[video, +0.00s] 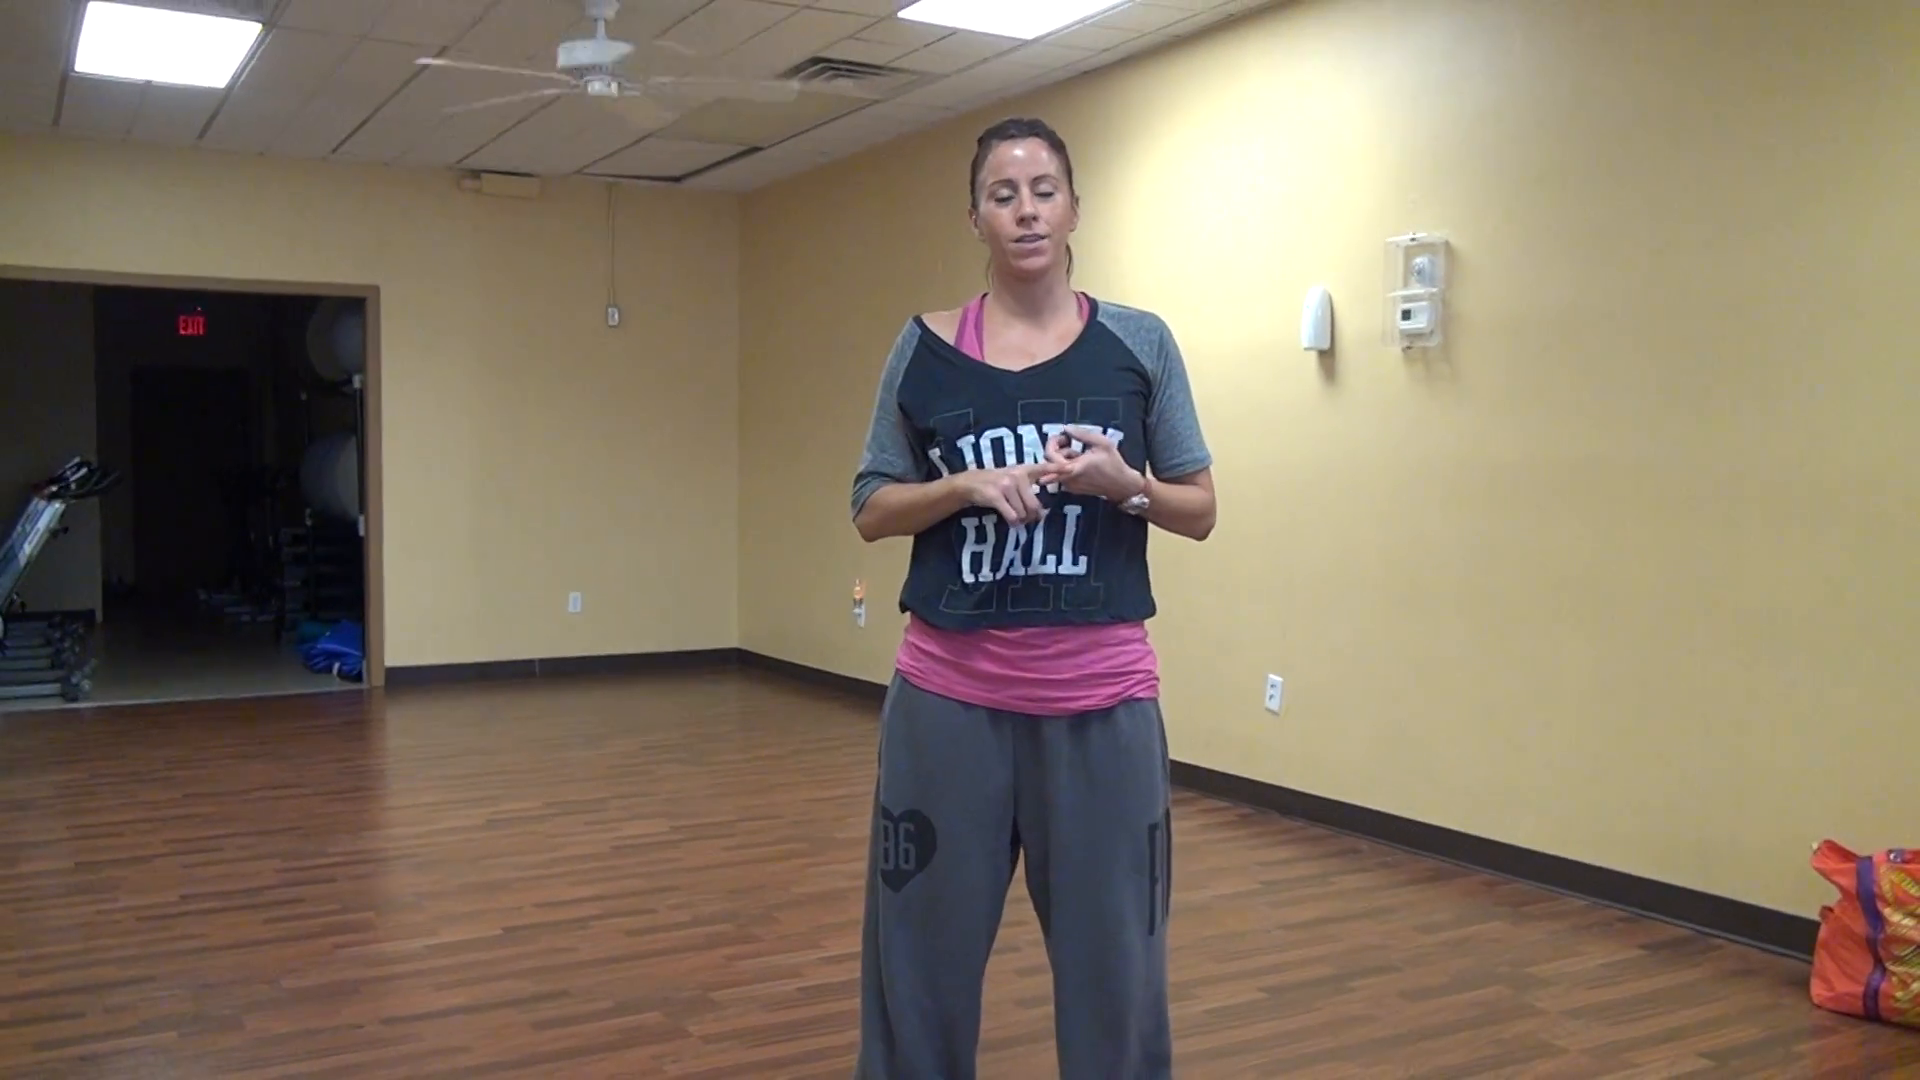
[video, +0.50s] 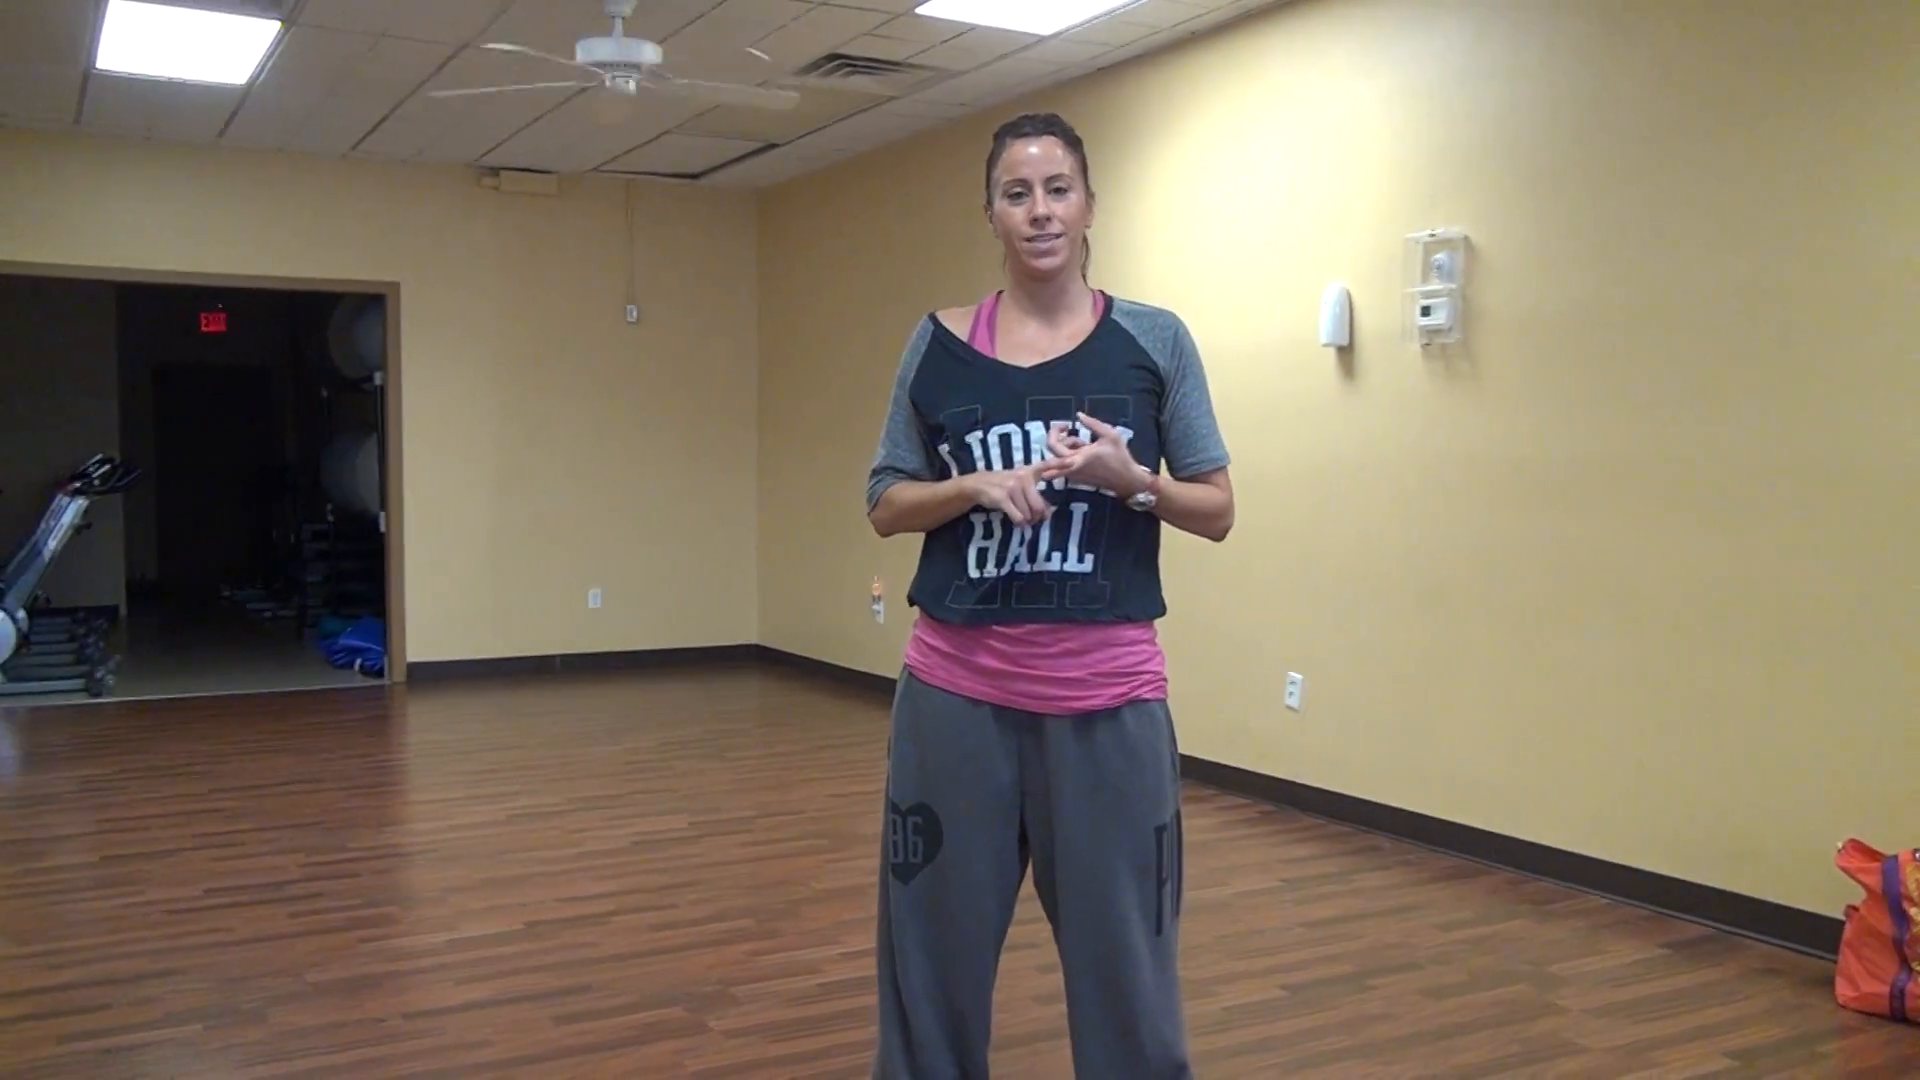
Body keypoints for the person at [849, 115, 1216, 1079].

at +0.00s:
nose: (1026, 211)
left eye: (1044, 190)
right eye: (1004, 194)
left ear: (1072, 207)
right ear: (976, 218)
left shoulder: (1141, 340)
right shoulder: (928, 344)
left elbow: (1200, 511)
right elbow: (872, 511)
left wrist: (1128, 484)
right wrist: (966, 489)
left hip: (1102, 700)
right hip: (947, 697)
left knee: (1117, 973)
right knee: (917, 966)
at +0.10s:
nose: (1025, 212)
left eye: (1043, 191)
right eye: (1002, 195)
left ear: (1071, 208)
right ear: (974, 217)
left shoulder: (1139, 339)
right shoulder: (926, 344)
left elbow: (1202, 511)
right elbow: (871, 510)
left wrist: (1124, 482)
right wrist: (964, 492)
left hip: (1099, 700)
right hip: (944, 696)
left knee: (1114, 972)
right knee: (915, 967)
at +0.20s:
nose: (1024, 211)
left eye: (1042, 190)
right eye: (1001, 195)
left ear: (1070, 207)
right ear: (974, 217)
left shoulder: (1138, 339)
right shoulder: (926, 344)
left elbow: (1201, 510)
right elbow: (871, 510)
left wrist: (1120, 481)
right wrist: (960, 493)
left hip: (1095, 700)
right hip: (941, 696)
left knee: (1111, 975)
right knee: (912, 969)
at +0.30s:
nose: (1023, 210)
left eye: (1041, 190)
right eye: (1000, 194)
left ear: (1071, 206)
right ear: (973, 216)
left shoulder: (1138, 338)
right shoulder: (925, 343)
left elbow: (1200, 510)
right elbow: (871, 509)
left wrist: (1118, 480)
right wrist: (956, 491)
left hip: (1093, 699)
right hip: (939, 694)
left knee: (1110, 974)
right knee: (912, 969)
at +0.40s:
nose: (1025, 211)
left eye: (1043, 189)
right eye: (1002, 194)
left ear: (1073, 205)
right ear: (976, 215)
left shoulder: (1139, 338)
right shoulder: (928, 341)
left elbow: (1202, 511)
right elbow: (872, 507)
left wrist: (1118, 479)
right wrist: (958, 490)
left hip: (1094, 696)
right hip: (940, 692)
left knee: (1112, 973)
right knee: (913, 969)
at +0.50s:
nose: (1040, 210)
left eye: (1059, 189)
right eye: (1018, 193)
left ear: (1088, 204)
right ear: (991, 213)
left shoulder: (1155, 338)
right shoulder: (943, 340)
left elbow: (1217, 511)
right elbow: (887, 506)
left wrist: (1134, 479)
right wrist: (975, 489)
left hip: (1108, 695)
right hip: (955, 691)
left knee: (1127, 971)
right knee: (930, 966)